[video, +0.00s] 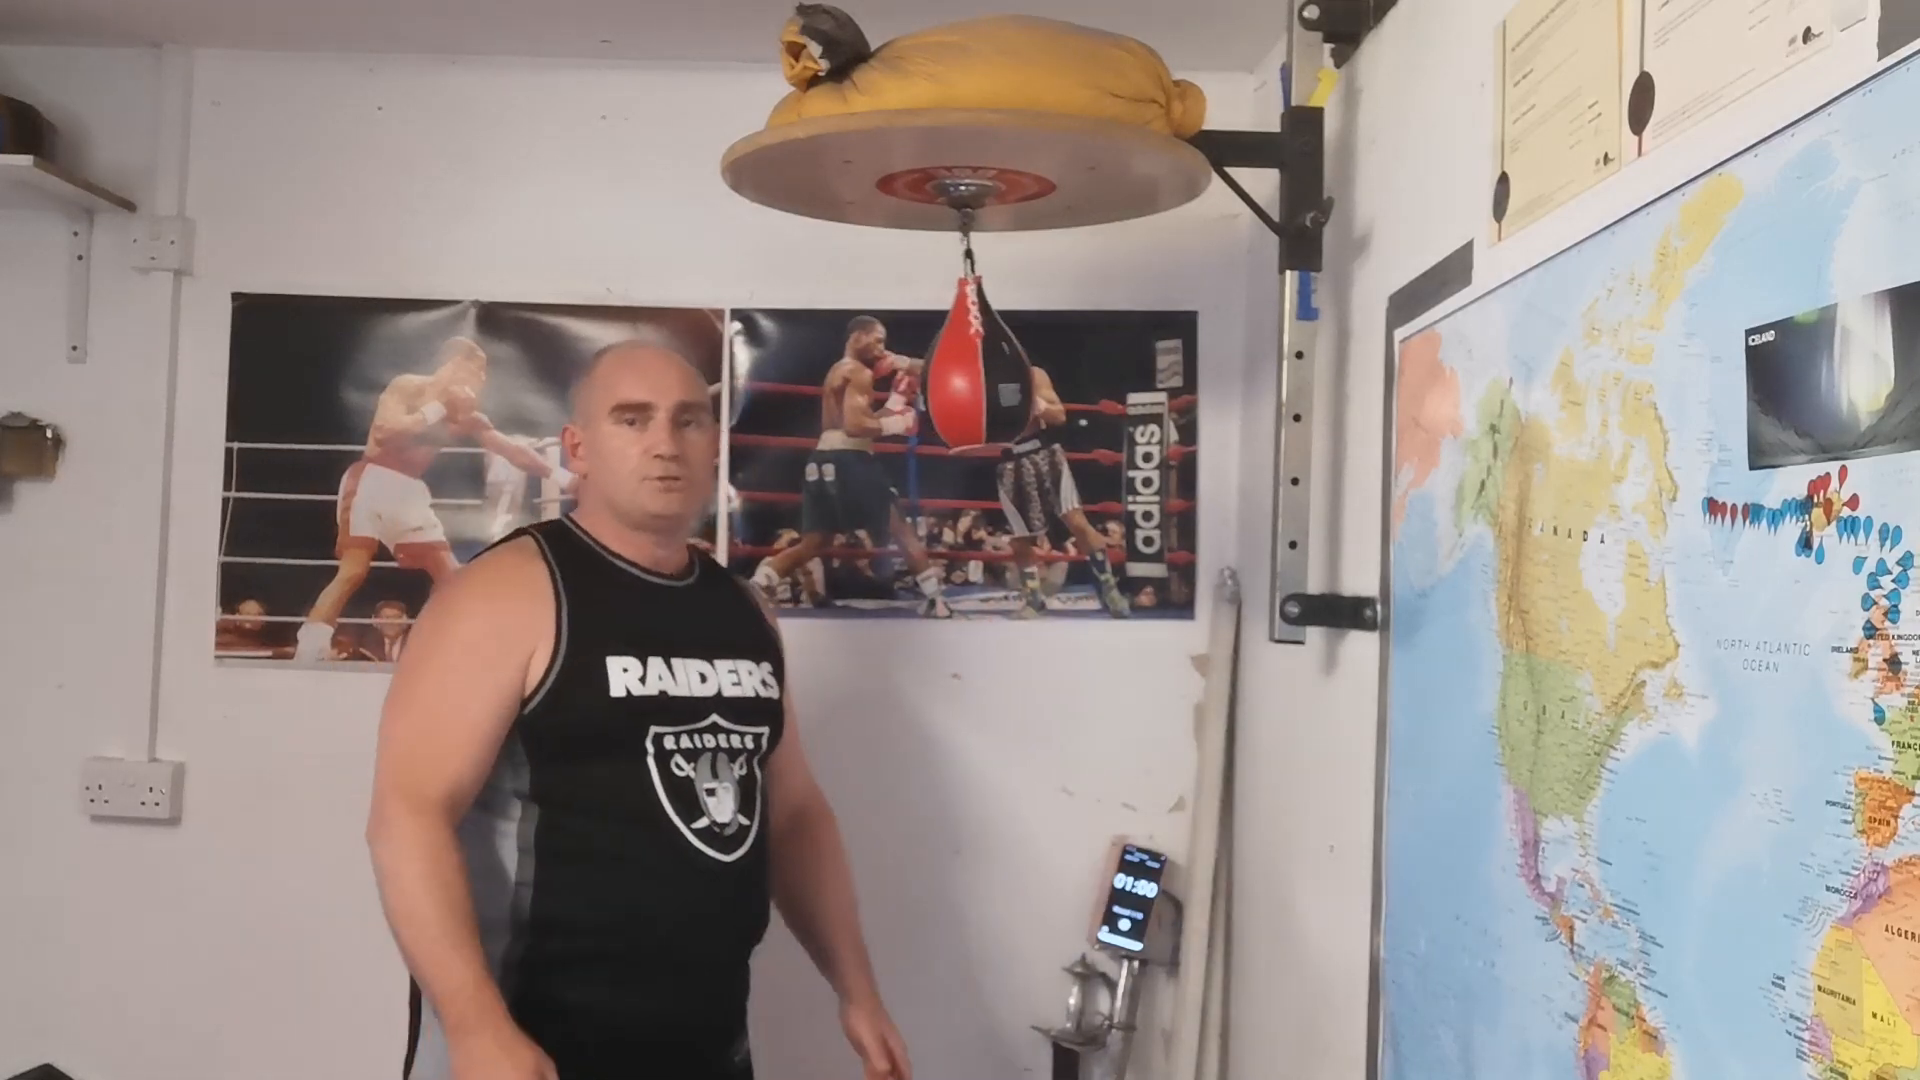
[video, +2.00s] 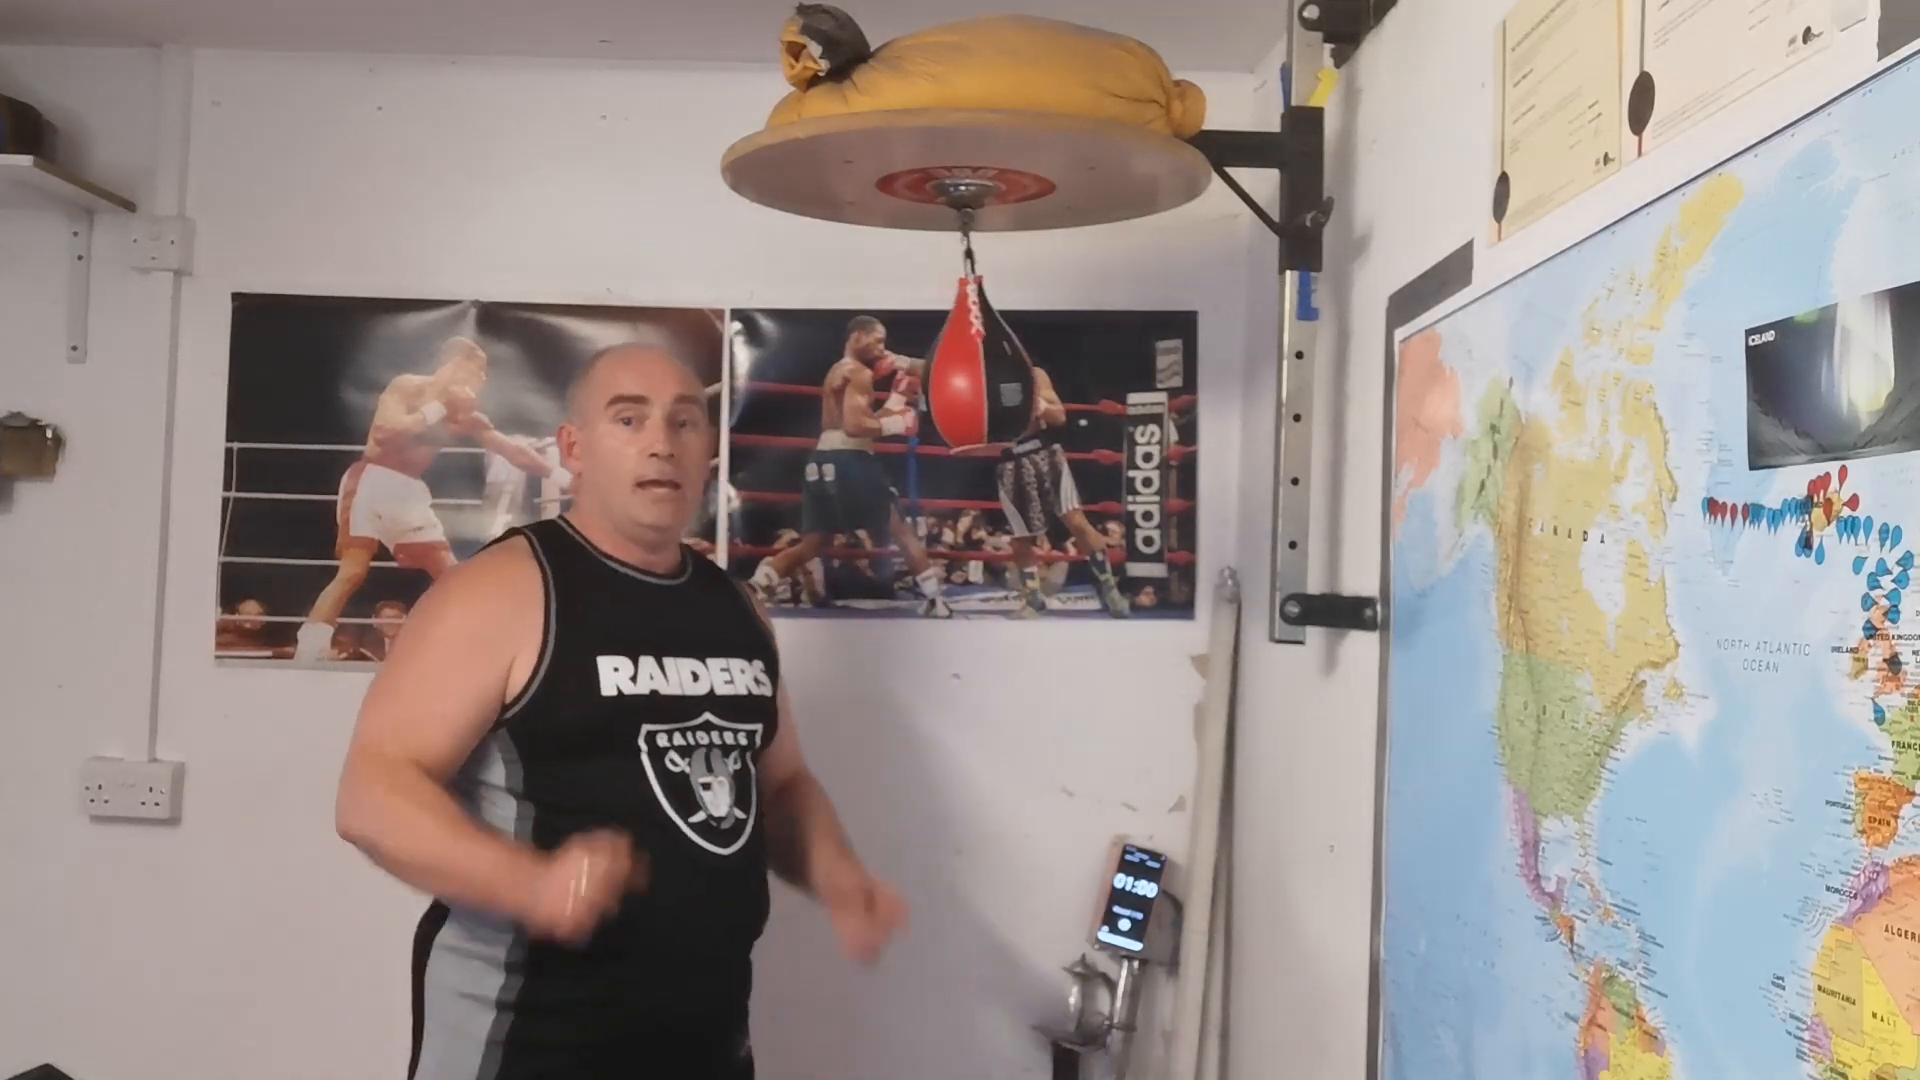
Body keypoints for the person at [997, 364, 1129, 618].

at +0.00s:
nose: (1003, 360)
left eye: (1006, 353)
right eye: (995, 357)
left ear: (1015, 354)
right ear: (988, 363)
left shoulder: (1034, 376)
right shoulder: (983, 386)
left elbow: (1059, 416)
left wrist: (1041, 407)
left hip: (1047, 455)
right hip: (1011, 463)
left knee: (1076, 522)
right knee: (1020, 536)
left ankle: (1109, 588)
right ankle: (1032, 598)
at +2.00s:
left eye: (1007, 353)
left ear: (1016, 354)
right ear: (989, 363)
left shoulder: (1035, 376)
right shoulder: (982, 386)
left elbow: (1059, 416)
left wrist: (1042, 407)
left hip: (1047, 454)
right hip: (1011, 463)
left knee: (1076, 522)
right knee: (1021, 536)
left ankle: (1109, 589)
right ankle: (1032, 599)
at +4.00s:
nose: (1002, 358)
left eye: (1005, 350)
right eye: (995, 353)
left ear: (1014, 349)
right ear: (987, 359)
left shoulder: (1033, 375)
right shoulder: (983, 387)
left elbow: (1059, 416)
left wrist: (1040, 407)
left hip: (1046, 456)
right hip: (1011, 465)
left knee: (1077, 524)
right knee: (1021, 537)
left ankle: (1109, 590)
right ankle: (1032, 599)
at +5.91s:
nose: (1002, 357)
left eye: (1005, 349)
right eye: (995, 351)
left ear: (1013, 348)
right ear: (987, 356)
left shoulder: (1034, 375)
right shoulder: (985, 386)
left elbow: (1059, 416)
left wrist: (1040, 408)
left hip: (1046, 456)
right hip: (1011, 465)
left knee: (1077, 524)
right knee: (1021, 536)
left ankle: (1108, 588)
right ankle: (1032, 598)